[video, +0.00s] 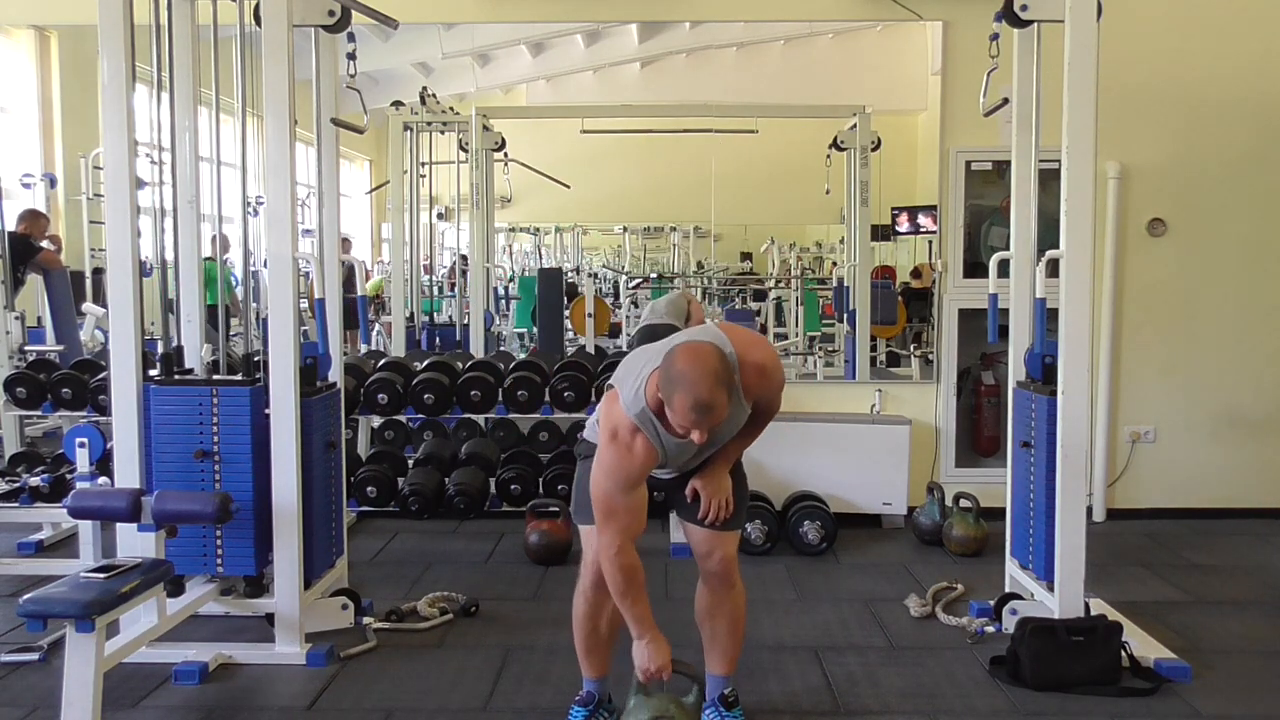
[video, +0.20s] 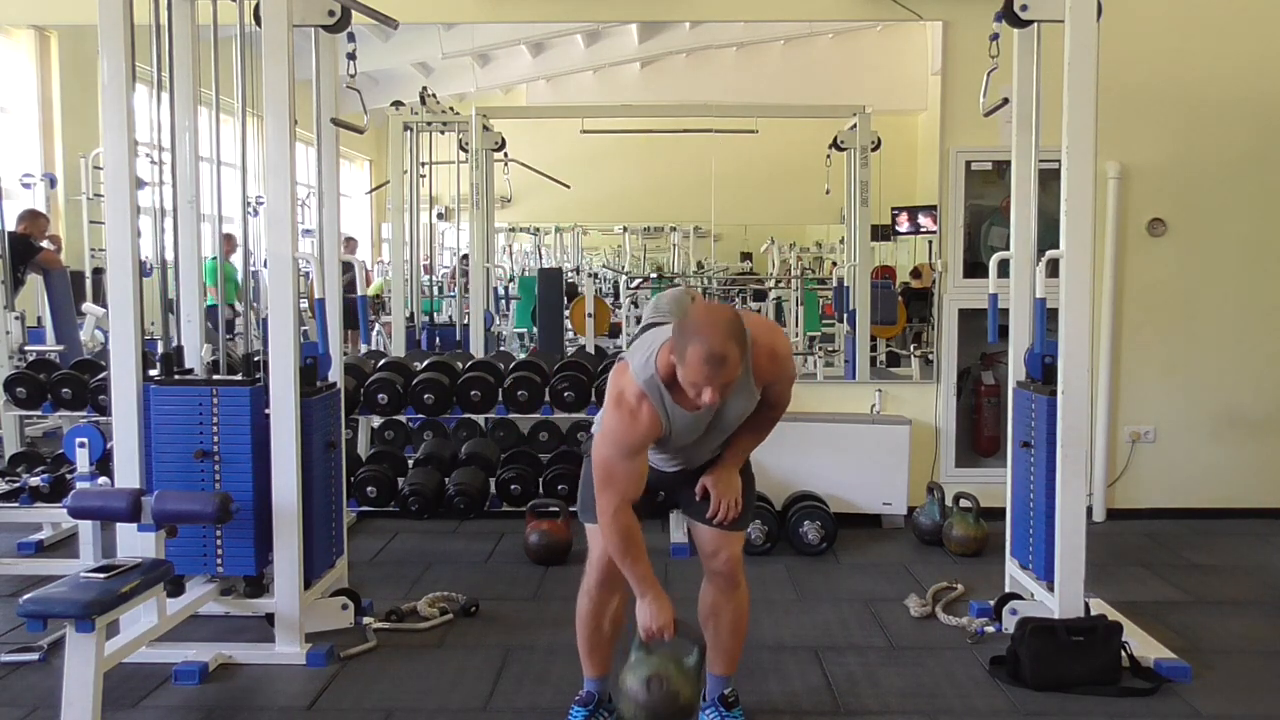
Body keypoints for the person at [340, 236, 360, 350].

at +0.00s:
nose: (346, 250)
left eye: (348, 247)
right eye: (344, 247)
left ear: (351, 247)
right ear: (339, 247)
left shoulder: (356, 264)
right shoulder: (335, 264)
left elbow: (365, 280)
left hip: (352, 296)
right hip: (339, 296)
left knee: (353, 327)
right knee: (340, 327)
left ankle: (353, 352)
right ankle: (339, 352)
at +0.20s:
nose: (355, 251)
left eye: (356, 248)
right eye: (353, 247)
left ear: (356, 248)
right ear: (345, 247)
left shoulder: (359, 264)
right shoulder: (338, 263)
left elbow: (368, 283)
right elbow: (334, 283)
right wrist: (344, 280)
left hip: (356, 297)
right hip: (342, 297)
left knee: (355, 328)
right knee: (342, 328)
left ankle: (354, 353)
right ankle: (340, 353)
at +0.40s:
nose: (359, 251)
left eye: (360, 248)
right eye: (357, 248)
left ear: (361, 248)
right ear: (349, 247)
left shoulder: (361, 265)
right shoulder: (340, 263)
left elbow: (369, 285)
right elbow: (337, 287)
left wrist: (362, 302)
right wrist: (350, 301)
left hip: (358, 304)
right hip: (343, 304)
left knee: (356, 341)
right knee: (342, 339)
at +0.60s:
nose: (362, 250)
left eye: (363, 247)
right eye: (360, 246)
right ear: (352, 246)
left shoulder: (362, 264)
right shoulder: (342, 262)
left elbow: (368, 281)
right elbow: (338, 280)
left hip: (359, 300)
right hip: (345, 300)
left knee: (356, 339)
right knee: (343, 337)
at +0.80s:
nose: (364, 249)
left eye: (365, 246)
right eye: (362, 246)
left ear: (366, 247)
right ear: (354, 246)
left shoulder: (366, 266)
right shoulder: (343, 263)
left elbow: (370, 285)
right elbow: (339, 283)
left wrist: (374, 301)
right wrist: (338, 300)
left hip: (360, 302)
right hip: (346, 301)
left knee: (357, 338)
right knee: (345, 336)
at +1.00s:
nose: (367, 250)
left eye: (368, 247)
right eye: (365, 247)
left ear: (369, 248)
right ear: (357, 247)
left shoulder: (368, 266)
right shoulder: (346, 263)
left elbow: (373, 284)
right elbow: (339, 281)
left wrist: (377, 300)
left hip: (362, 300)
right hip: (348, 300)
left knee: (361, 332)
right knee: (352, 331)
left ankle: (359, 358)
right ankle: (349, 358)